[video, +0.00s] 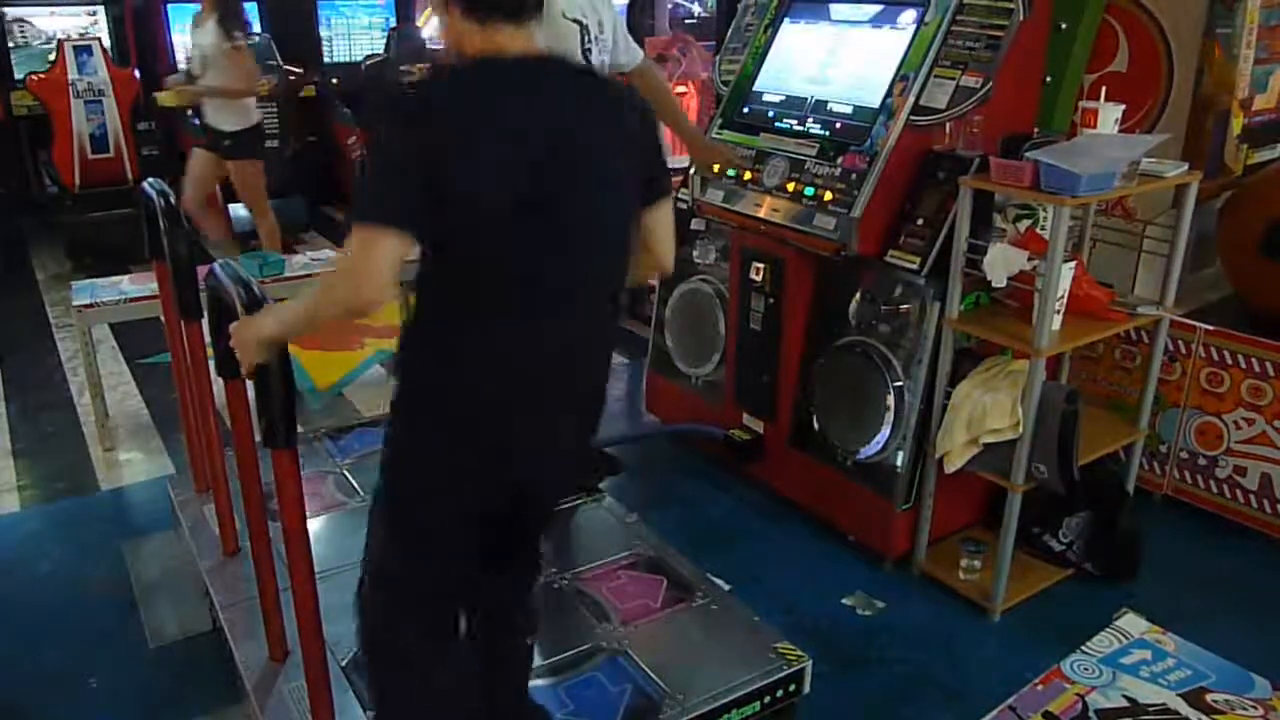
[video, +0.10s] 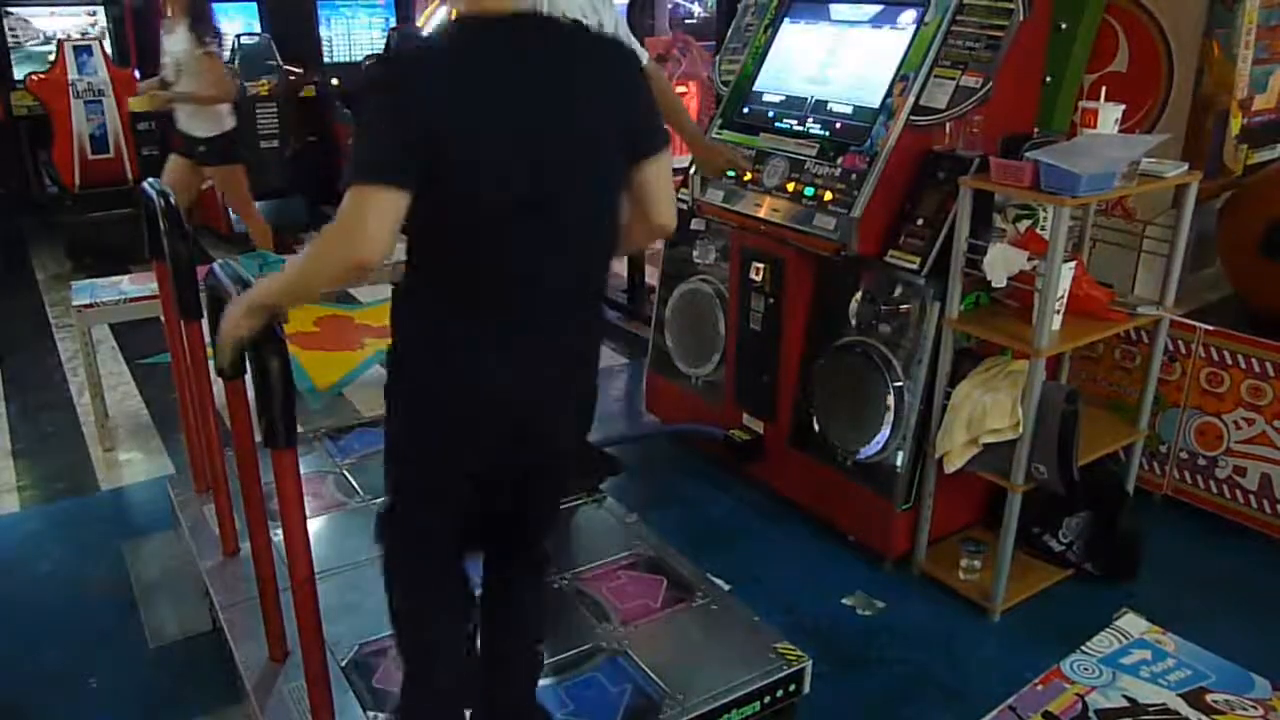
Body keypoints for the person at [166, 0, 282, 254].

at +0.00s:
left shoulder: (230, 26)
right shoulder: (198, 22)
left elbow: (250, 86)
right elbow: (201, 72)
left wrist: (201, 93)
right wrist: (181, 80)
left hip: (242, 131)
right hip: (212, 130)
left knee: (258, 208)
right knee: (193, 201)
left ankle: (275, 269)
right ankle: (232, 264)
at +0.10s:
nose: (169, 3)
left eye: (173, 0)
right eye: (168, 1)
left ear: (187, 2)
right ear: (168, 4)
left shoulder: (202, 35)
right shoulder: (167, 30)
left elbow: (225, 92)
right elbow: (172, 77)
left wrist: (172, 98)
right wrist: (147, 86)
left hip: (218, 137)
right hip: (187, 136)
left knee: (243, 208)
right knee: (165, 209)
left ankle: (270, 264)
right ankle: (175, 274)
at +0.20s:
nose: (129, 2)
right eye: (130, 1)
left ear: (150, 2)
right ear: (135, 5)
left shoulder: (169, 34)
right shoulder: (136, 34)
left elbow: (194, 96)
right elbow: (152, 82)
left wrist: (141, 103)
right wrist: (129, 88)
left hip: (187, 141)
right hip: (153, 140)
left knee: (216, 218)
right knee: (144, 218)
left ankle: (264, 270)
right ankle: (137, 294)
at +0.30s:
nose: (108, 2)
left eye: (113, 1)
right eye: (108, 1)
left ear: (123, 1)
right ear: (109, 5)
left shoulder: (142, 36)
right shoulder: (106, 37)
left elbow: (169, 92)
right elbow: (115, 83)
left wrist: (110, 102)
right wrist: (93, 89)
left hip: (156, 144)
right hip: (122, 143)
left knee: (170, 223)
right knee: (123, 220)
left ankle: (230, 260)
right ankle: (134, 292)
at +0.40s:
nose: (77, 0)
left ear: (90, 1)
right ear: (85, 3)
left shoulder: (107, 36)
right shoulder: (80, 34)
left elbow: (139, 90)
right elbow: (86, 83)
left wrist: (76, 99)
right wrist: (55, 89)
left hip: (118, 142)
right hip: (97, 139)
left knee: (110, 222)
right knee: (111, 223)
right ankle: (135, 292)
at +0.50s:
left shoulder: (77, 31)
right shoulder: (54, 28)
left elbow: (111, 90)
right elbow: (66, 79)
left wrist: (53, 98)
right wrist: (36, 85)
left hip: (94, 142)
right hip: (78, 141)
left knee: (63, 224)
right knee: (107, 220)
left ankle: (111, 282)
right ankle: (133, 283)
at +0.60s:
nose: (7, 3)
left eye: (11, 1)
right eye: (8, 2)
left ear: (25, 1)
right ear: (20, 4)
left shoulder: (50, 36)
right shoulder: (22, 34)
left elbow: (83, 97)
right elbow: (30, 87)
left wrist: (25, 104)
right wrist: (7, 94)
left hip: (66, 148)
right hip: (50, 146)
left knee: (34, 233)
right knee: (98, 224)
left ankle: (45, 324)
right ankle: (134, 294)